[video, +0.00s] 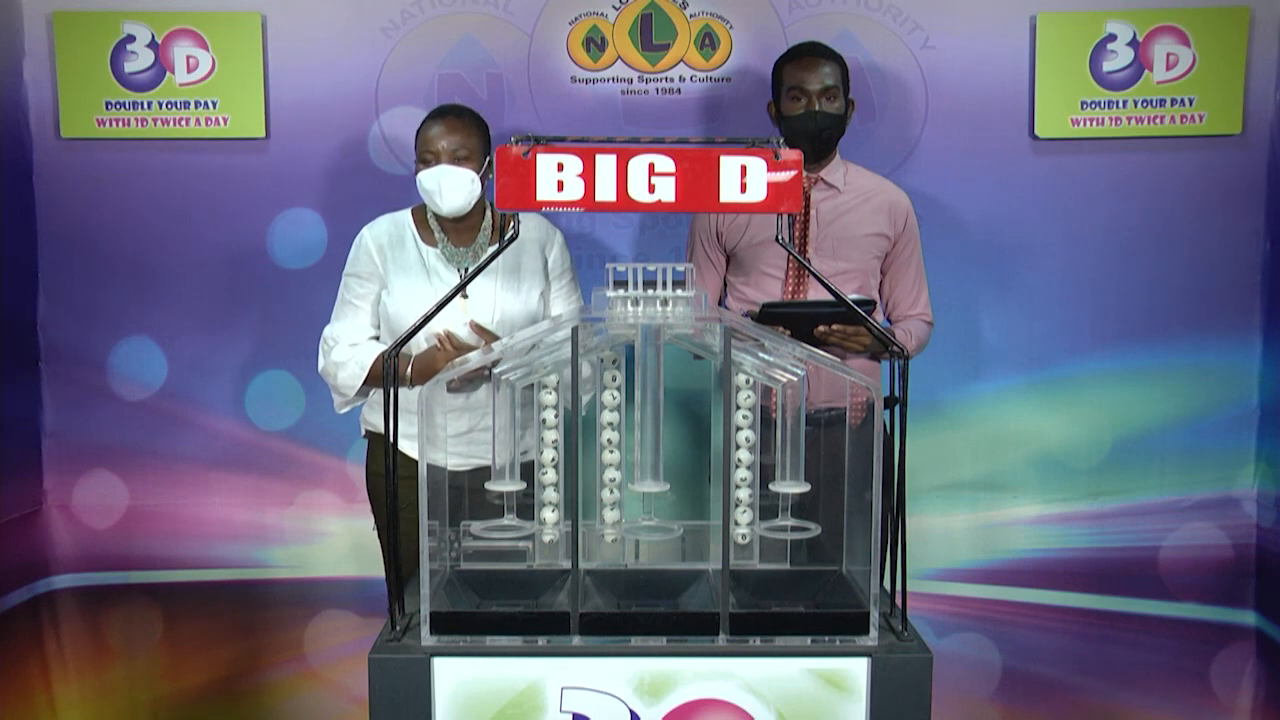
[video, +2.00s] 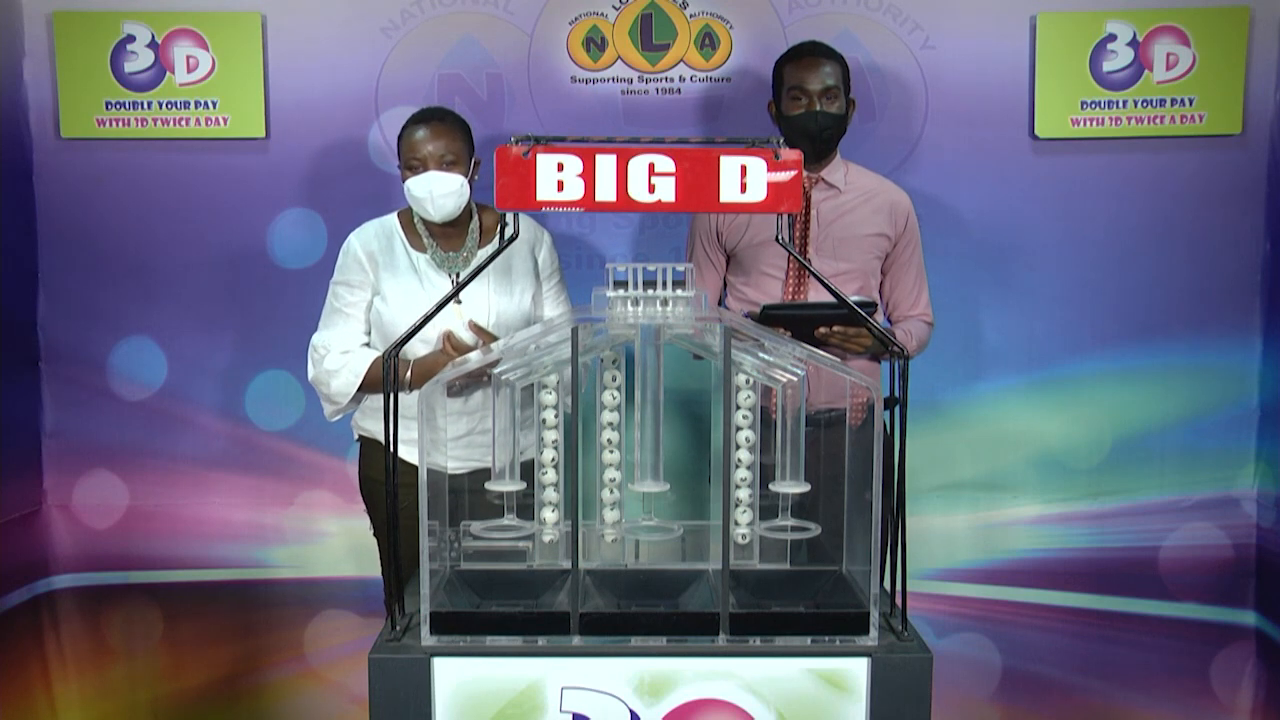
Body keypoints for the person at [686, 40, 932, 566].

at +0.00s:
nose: (814, 108)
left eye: (829, 95)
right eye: (796, 96)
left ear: (848, 108)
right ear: (775, 109)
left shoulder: (888, 204)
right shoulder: (727, 200)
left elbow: (915, 320)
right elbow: (696, 316)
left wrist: (877, 341)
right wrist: (756, 335)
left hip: (843, 416)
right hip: (751, 416)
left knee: (843, 579)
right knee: (752, 578)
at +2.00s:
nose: (814, 109)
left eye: (830, 95)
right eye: (797, 96)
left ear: (849, 108)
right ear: (775, 109)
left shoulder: (888, 205)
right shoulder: (727, 201)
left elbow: (915, 321)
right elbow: (695, 319)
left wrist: (876, 341)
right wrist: (759, 335)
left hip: (842, 416)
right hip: (750, 418)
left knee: (842, 579)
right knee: (751, 578)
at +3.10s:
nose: (814, 109)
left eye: (829, 95)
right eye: (796, 96)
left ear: (848, 107)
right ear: (774, 109)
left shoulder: (888, 205)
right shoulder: (727, 201)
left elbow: (915, 321)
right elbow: (695, 319)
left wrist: (876, 341)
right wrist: (757, 338)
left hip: (842, 417)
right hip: (751, 418)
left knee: (844, 581)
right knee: (752, 580)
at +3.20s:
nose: (814, 109)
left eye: (829, 95)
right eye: (796, 96)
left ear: (848, 107)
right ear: (774, 109)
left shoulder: (888, 205)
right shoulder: (727, 201)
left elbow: (915, 321)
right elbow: (695, 319)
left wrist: (876, 341)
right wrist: (756, 338)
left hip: (842, 417)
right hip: (751, 418)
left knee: (844, 582)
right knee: (752, 580)